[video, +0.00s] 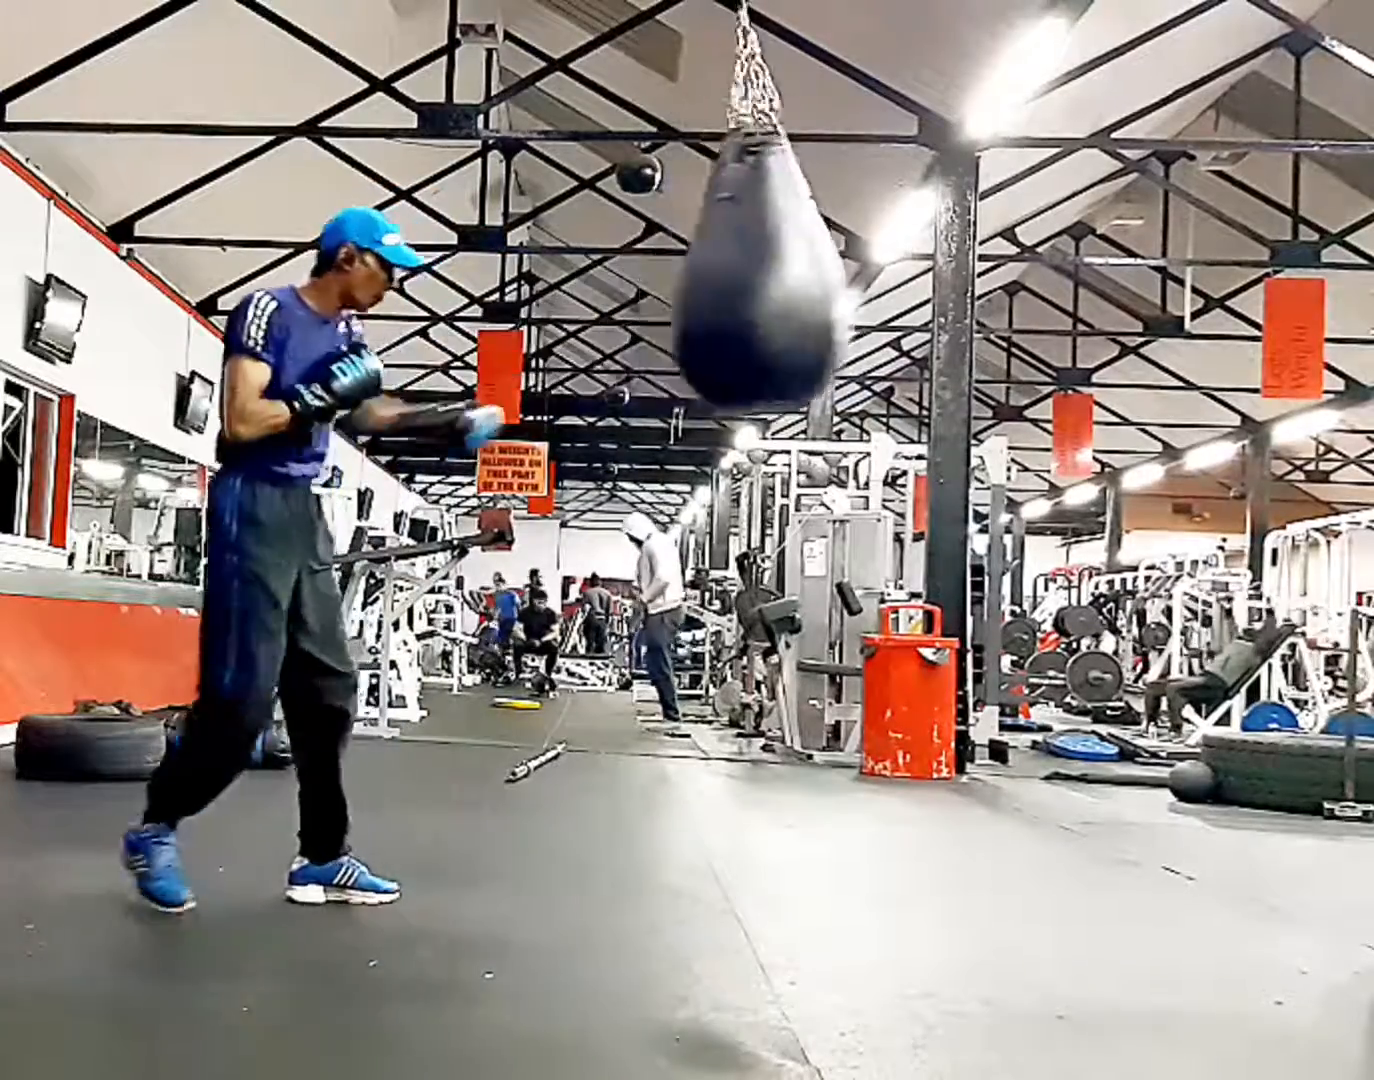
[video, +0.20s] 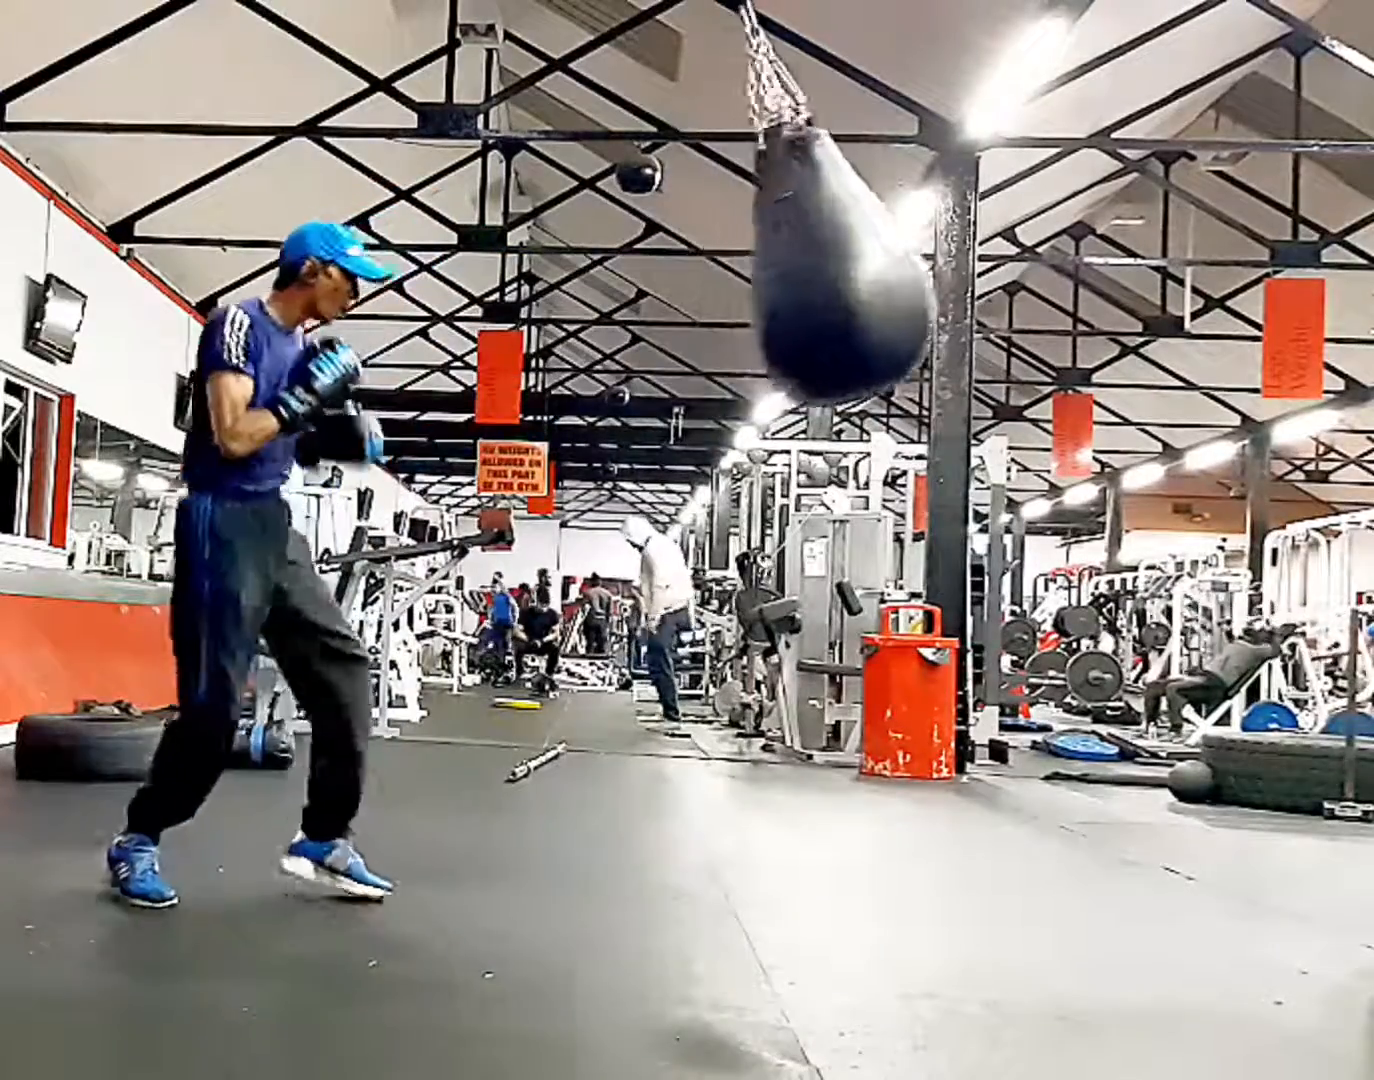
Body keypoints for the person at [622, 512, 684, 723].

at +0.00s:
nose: (630, 541)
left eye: (630, 536)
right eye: (629, 537)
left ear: (637, 532)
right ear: (644, 528)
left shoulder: (656, 544)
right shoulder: (652, 545)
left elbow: (663, 577)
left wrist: (644, 598)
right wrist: (640, 593)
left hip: (663, 610)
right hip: (657, 609)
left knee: (659, 662)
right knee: (657, 662)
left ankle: (671, 713)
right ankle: (669, 711)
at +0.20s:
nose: (632, 546)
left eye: (631, 541)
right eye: (629, 542)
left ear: (638, 536)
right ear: (646, 530)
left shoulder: (654, 551)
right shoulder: (666, 544)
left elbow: (659, 586)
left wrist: (653, 616)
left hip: (666, 613)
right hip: (679, 609)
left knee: (659, 661)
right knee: (659, 659)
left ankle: (671, 711)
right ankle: (669, 707)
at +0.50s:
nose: (638, 548)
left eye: (637, 544)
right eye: (636, 544)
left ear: (643, 538)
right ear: (651, 532)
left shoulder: (657, 553)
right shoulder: (671, 546)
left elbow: (672, 585)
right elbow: (687, 580)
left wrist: (683, 613)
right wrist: (695, 607)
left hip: (665, 616)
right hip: (676, 613)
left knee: (660, 666)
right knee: (672, 664)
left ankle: (673, 714)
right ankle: (685, 712)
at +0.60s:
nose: (641, 551)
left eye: (640, 546)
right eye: (638, 547)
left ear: (647, 541)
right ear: (650, 536)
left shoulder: (663, 555)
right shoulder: (664, 551)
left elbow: (681, 585)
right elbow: (658, 583)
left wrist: (692, 612)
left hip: (668, 619)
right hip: (672, 617)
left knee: (659, 665)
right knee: (673, 665)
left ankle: (673, 714)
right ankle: (688, 715)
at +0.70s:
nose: (644, 555)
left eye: (643, 551)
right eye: (641, 551)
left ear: (650, 545)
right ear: (654, 540)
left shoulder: (666, 561)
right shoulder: (667, 556)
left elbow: (684, 592)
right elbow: (660, 586)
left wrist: (694, 619)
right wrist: (641, 589)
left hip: (668, 623)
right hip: (675, 620)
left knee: (661, 666)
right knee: (673, 666)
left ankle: (673, 712)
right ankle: (688, 713)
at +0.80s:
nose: (645, 558)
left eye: (644, 554)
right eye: (643, 555)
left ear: (650, 548)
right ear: (655, 541)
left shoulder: (669, 562)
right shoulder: (671, 556)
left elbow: (686, 594)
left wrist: (694, 621)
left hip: (668, 625)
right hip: (676, 622)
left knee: (664, 669)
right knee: (675, 667)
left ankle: (672, 713)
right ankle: (689, 715)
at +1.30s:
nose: (643, 560)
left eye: (641, 555)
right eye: (640, 556)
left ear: (648, 550)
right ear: (651, 545)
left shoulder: (668, 562)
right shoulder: (664, 562)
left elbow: (687, 594)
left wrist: (696, 619)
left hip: (671, 624)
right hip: (674, 623)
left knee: (654, 664)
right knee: (675, 669)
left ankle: (672, 712)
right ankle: (689, 716)